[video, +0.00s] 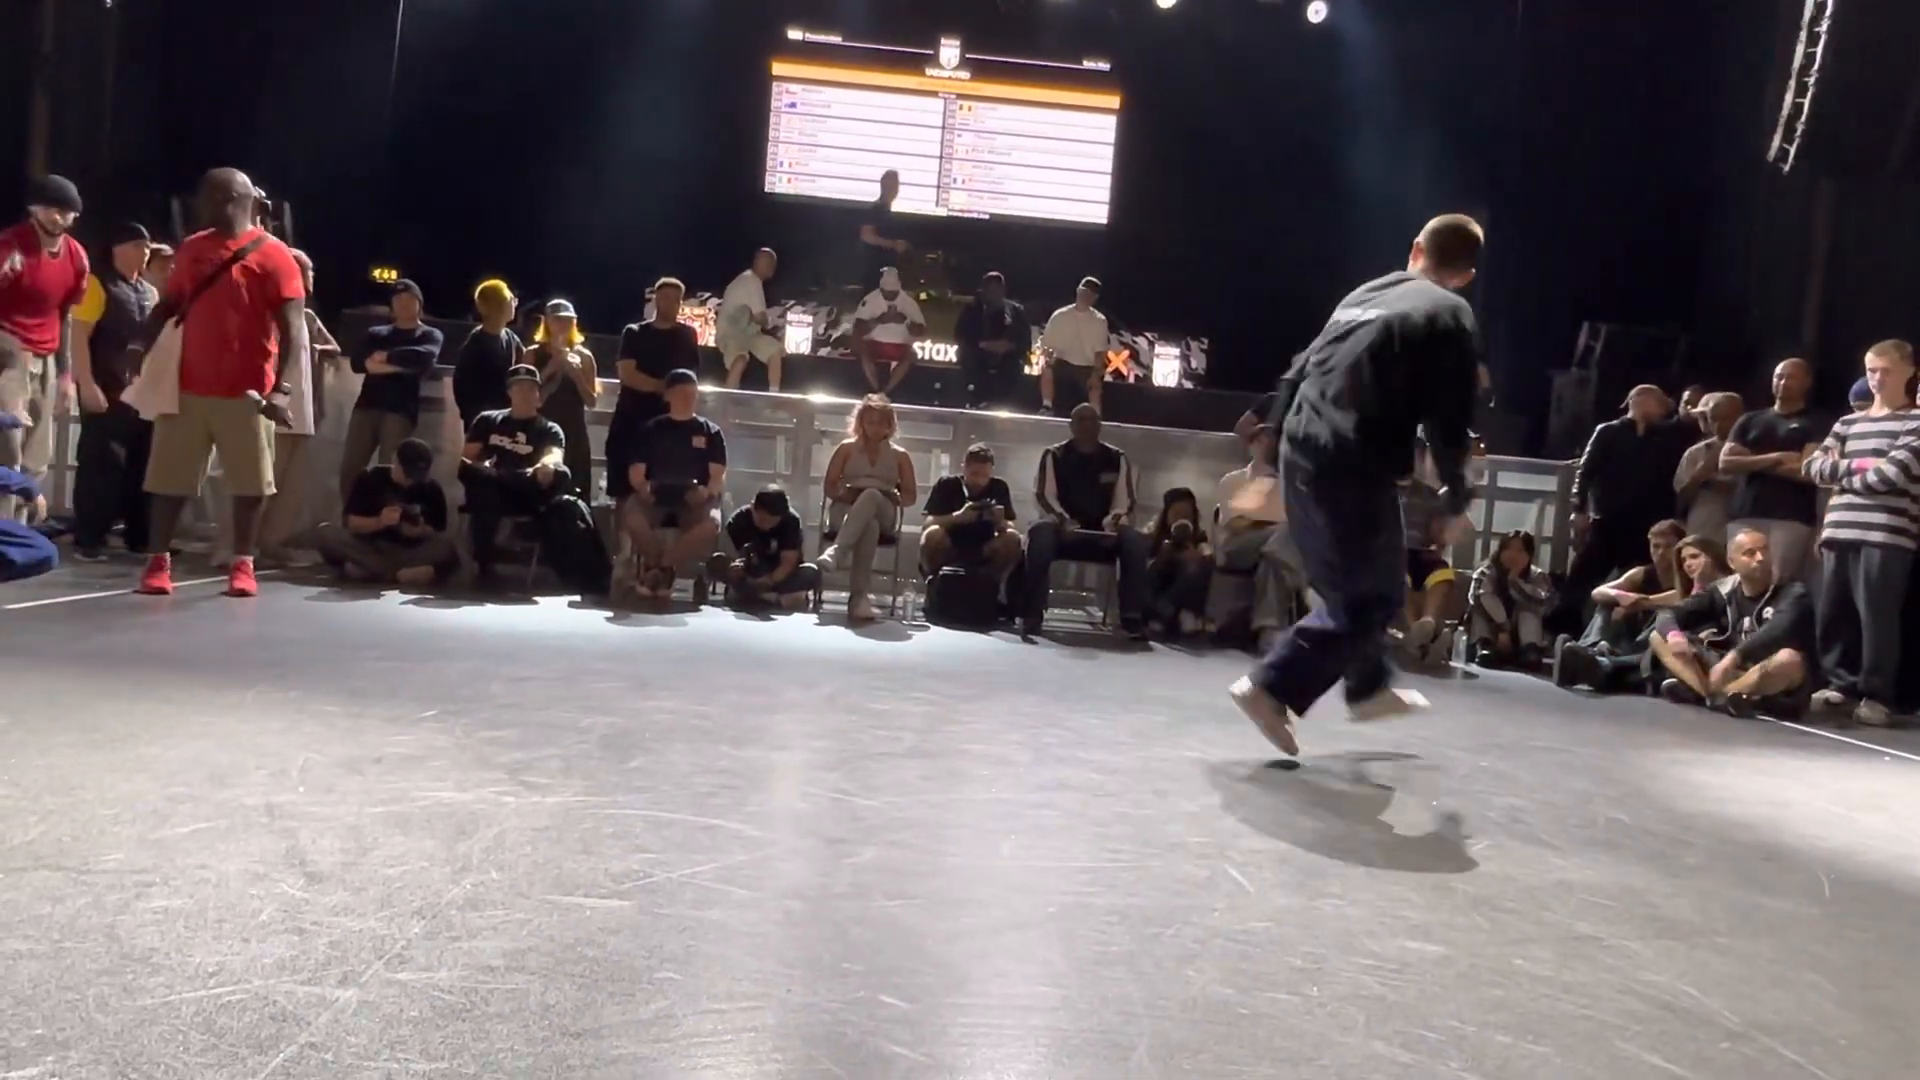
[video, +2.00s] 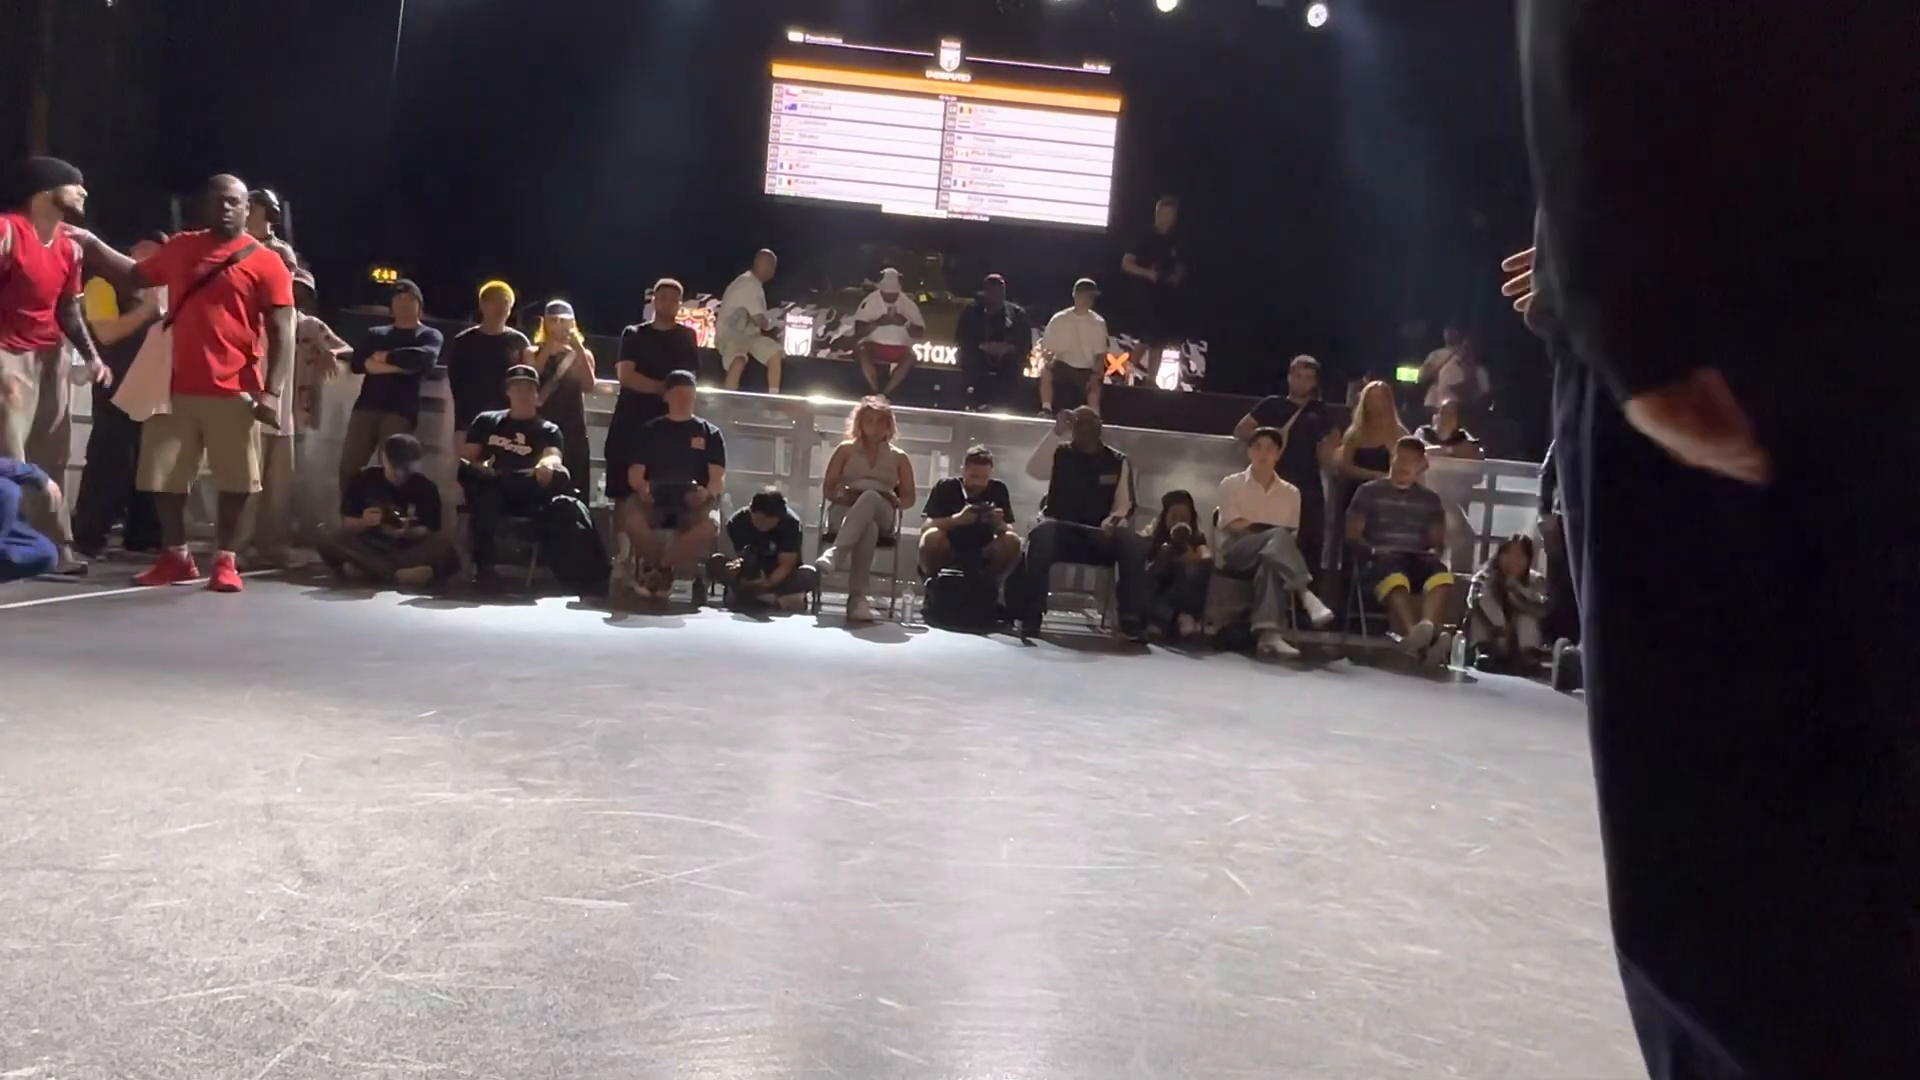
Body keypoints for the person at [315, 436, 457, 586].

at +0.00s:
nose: (408, 482)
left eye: (415, 479)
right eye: (405, 476)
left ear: (425, 472)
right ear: (395, 462)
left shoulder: (430, 489)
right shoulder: (369, 479)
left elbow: (438, 530)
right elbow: (351, 524)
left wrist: (419, 531)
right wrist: (380, 522)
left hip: (411, 549)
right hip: (370, 546)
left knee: (445, 548)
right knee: (326, 534)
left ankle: (373, 573)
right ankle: (394, 574)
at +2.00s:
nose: (401, 474)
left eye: (406, 468)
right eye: (396, 468)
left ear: (414, 465)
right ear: (385, 460)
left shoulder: (426, 487)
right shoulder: (363, 480)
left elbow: (430, 528)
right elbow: (347, 523)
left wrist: (406, 533)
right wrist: (364, 522)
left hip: (410, 548)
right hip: (370, 544)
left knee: (446, 551)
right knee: (326, 536)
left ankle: (371, 572)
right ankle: (393, 573)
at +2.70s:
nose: (386, 464)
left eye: (392, 459)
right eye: (381, 458)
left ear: (402, 464)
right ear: (371, 461)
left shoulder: (418, 497)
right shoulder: (352, 490)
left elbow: (429, 543)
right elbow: (330, 533)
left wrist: (398, 538)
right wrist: (356, 531)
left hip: (400, 556)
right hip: (358, 554)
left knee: (435, 552)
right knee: (317, 543)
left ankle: (360, 582)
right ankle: (386, 583)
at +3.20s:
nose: (376, 475)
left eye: (382, 469)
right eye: (371, 468)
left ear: (392, 473)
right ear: (361, 471)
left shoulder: (407, 505)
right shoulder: (341, 499)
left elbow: (416, 547)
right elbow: (325, 539)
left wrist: (400, 555)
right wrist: (348, 552)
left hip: (390, 566)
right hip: (351, 564)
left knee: (427, 563)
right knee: (310, 551)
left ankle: (351, 591)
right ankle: (378, 593)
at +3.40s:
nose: (372, 480)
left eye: (378, 474)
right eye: (367, 474)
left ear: (386, 478)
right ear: (356, 477)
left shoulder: (402, 509)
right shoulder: (337, 504)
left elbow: (412, 551)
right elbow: (318, 541)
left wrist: (385, 568)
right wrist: (342, 565)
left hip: (385, 571)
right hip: (344, 569)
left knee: (424, 572)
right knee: (302, 557)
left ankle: (367, 600)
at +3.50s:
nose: (371, 485)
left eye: (377, 480)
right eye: (366, 479)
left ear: (386, 483)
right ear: (356, 481)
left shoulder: (402, 515)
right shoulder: (338, 509)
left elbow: (413, 557)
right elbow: (320, 548)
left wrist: (384, 573)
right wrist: (341, 574)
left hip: (385, 575)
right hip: (346, 572)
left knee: (424, 573)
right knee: (301, 562)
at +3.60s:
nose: (374, 491)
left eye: (380, 485)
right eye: (369, 484)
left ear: (389, 488)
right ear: (358, 487)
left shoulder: (405, 520)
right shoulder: (339, 514)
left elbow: (415, 562)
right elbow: (319, 553)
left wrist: (387, 579)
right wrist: (341, 578)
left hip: (386, 581)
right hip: (347, 580)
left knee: (428, 580)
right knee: (304, 567)